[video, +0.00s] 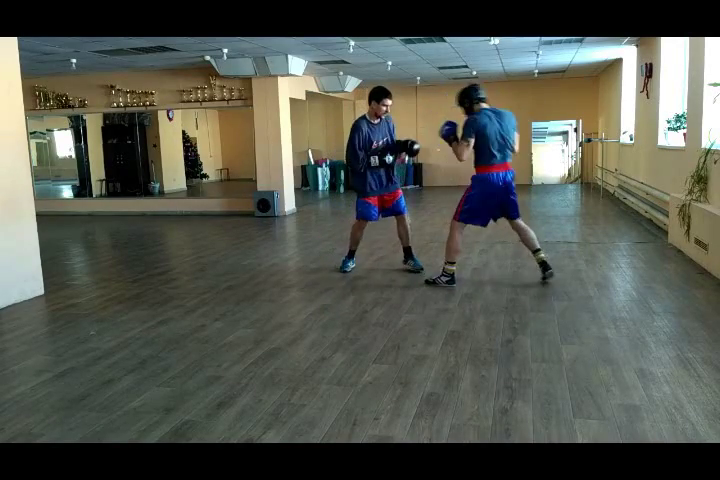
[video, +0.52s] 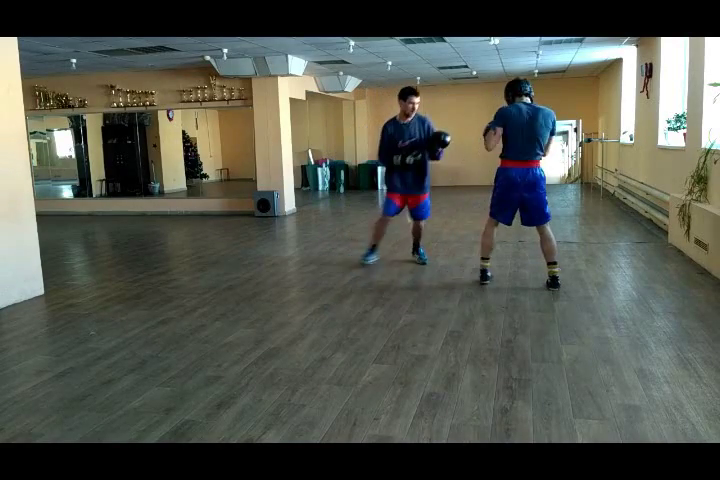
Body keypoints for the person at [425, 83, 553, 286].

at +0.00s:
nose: (463, 111)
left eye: (463, 107)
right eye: (462, 107)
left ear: (468, 104)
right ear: (483, 100)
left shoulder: (473, 120)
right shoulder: (507, 115)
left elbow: (461, 155)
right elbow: (514, 148)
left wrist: (451, 139)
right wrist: (491, 139)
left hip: (484, 181)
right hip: (507, 178)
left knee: (457, 225)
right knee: (516, 221)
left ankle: (448, 274)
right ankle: (543, 262)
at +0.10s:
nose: (476, 112)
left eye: (476, 108)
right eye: (476, 108)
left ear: (479, 105)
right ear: (497, 102)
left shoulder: (482, 123)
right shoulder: (519, 120)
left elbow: (466, 156)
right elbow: (521, 154)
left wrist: (459, 140)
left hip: (489, 182)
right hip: (514, 181)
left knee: (461, 226)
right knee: (524, 226)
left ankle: (448, 273)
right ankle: (548, 271)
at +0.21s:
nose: (494, 108)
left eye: (494, 105)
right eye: (494, 106)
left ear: (498, 103)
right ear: (517, 101)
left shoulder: (498, 120)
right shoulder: (537, 120)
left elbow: (494, 155)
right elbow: (537, 157)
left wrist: (483, 146)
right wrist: (518, 144)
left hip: (501, 181)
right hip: (526, 181)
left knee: (475, 227)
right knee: (539, 230)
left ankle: (455, 272)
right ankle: (553, 276)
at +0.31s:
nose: (499, 105)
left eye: (499, 102)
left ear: (503, 100)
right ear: (523, 97)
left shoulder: (502, 116)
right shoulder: (542, 117)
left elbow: (496, 149)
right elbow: (544, 154)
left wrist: (487, 143)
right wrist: (526, 143)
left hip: (504, 178)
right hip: (530, 178)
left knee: (480, 225)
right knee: (541, 228)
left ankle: (465, 270)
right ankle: (553, 276)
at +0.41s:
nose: (506, 101)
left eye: (506, 98)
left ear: (509, 96)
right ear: (530, 95)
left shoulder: (505, 111)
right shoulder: (547, 113)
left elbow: (492, 142)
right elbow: (547, 150)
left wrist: (488, 132)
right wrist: (532, 135)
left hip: (507, 175)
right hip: (534, 175)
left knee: (488, 223)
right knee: (543, 227)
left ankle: (479, 270)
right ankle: (554, 276)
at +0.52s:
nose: (507, 101)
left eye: (507, 98)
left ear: (510, 97)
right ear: (531, 95)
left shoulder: (505, 112)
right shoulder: (548, 114)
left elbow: (490, 146)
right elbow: (545, 151)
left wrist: (487, 132)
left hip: (508, 176)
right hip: (534, 176)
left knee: (491, 224)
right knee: (544, 227)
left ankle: (484, 271)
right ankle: (554, 276)